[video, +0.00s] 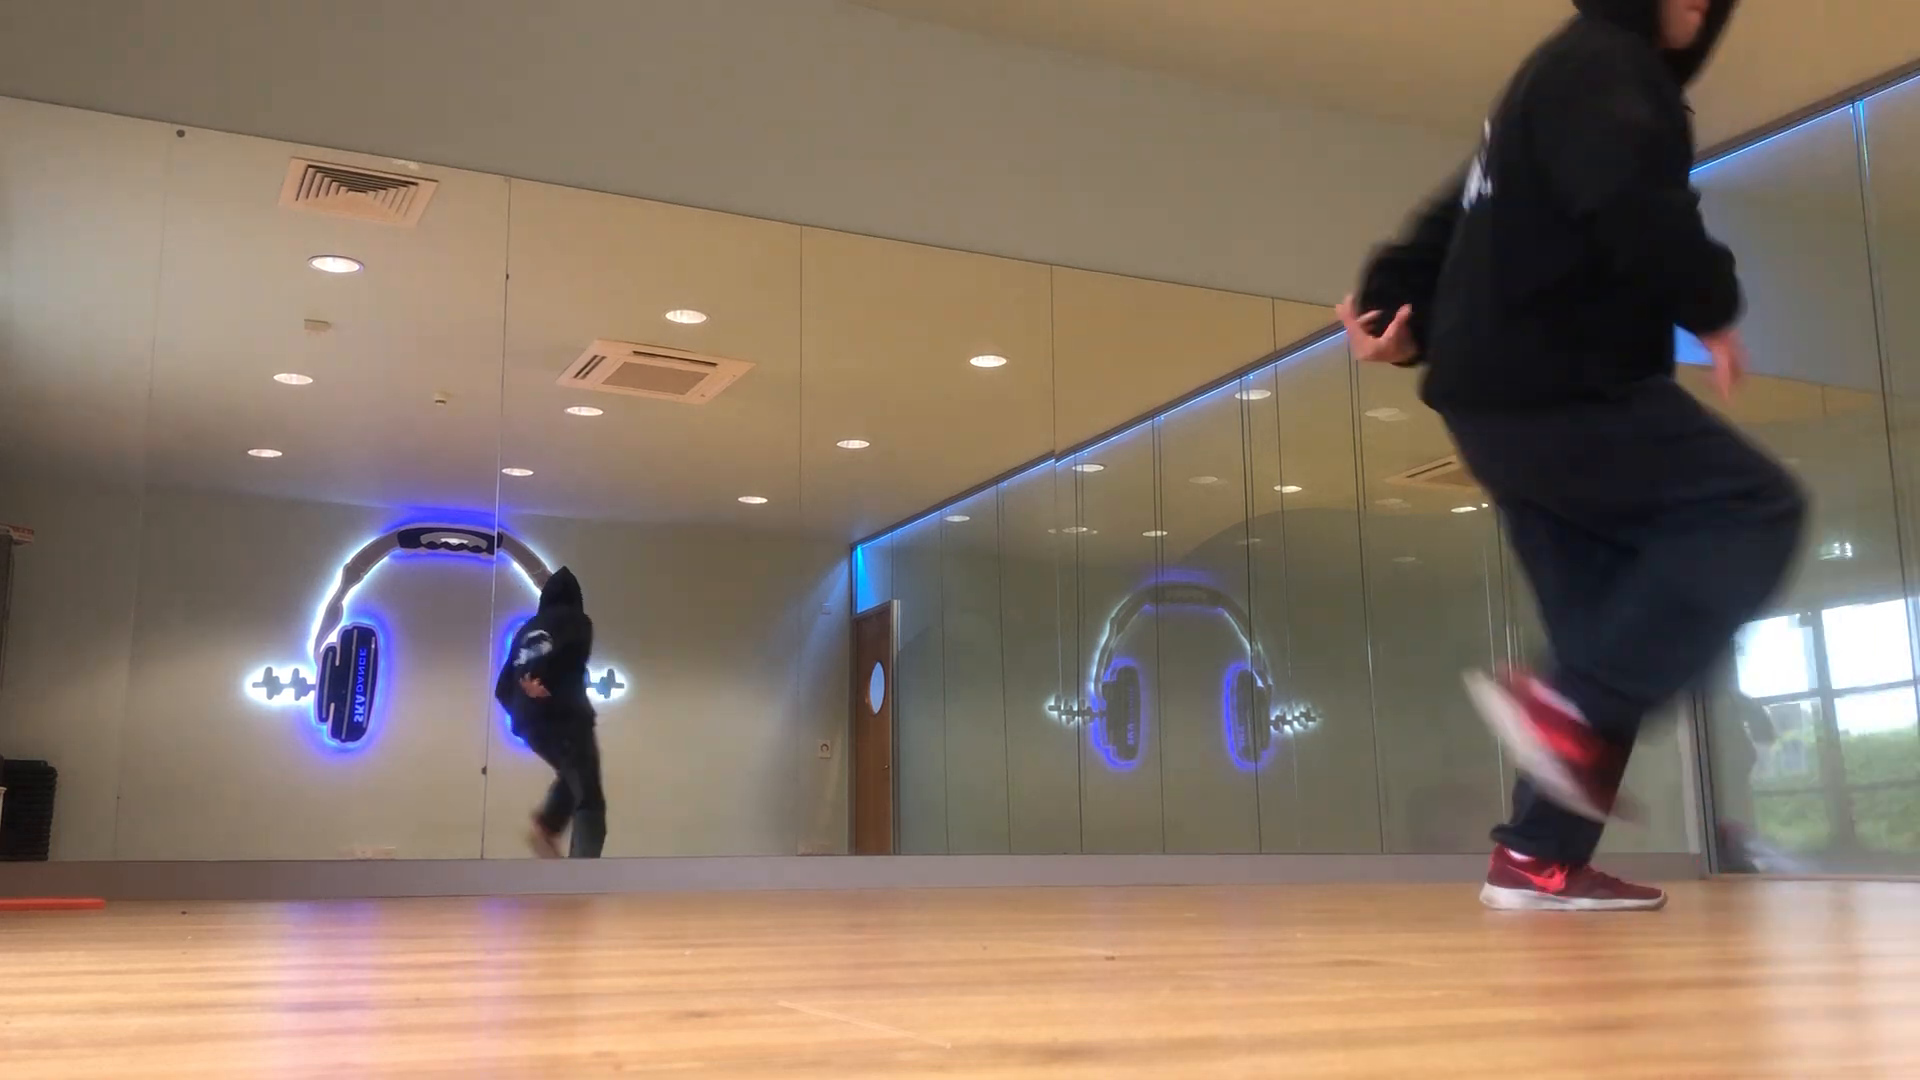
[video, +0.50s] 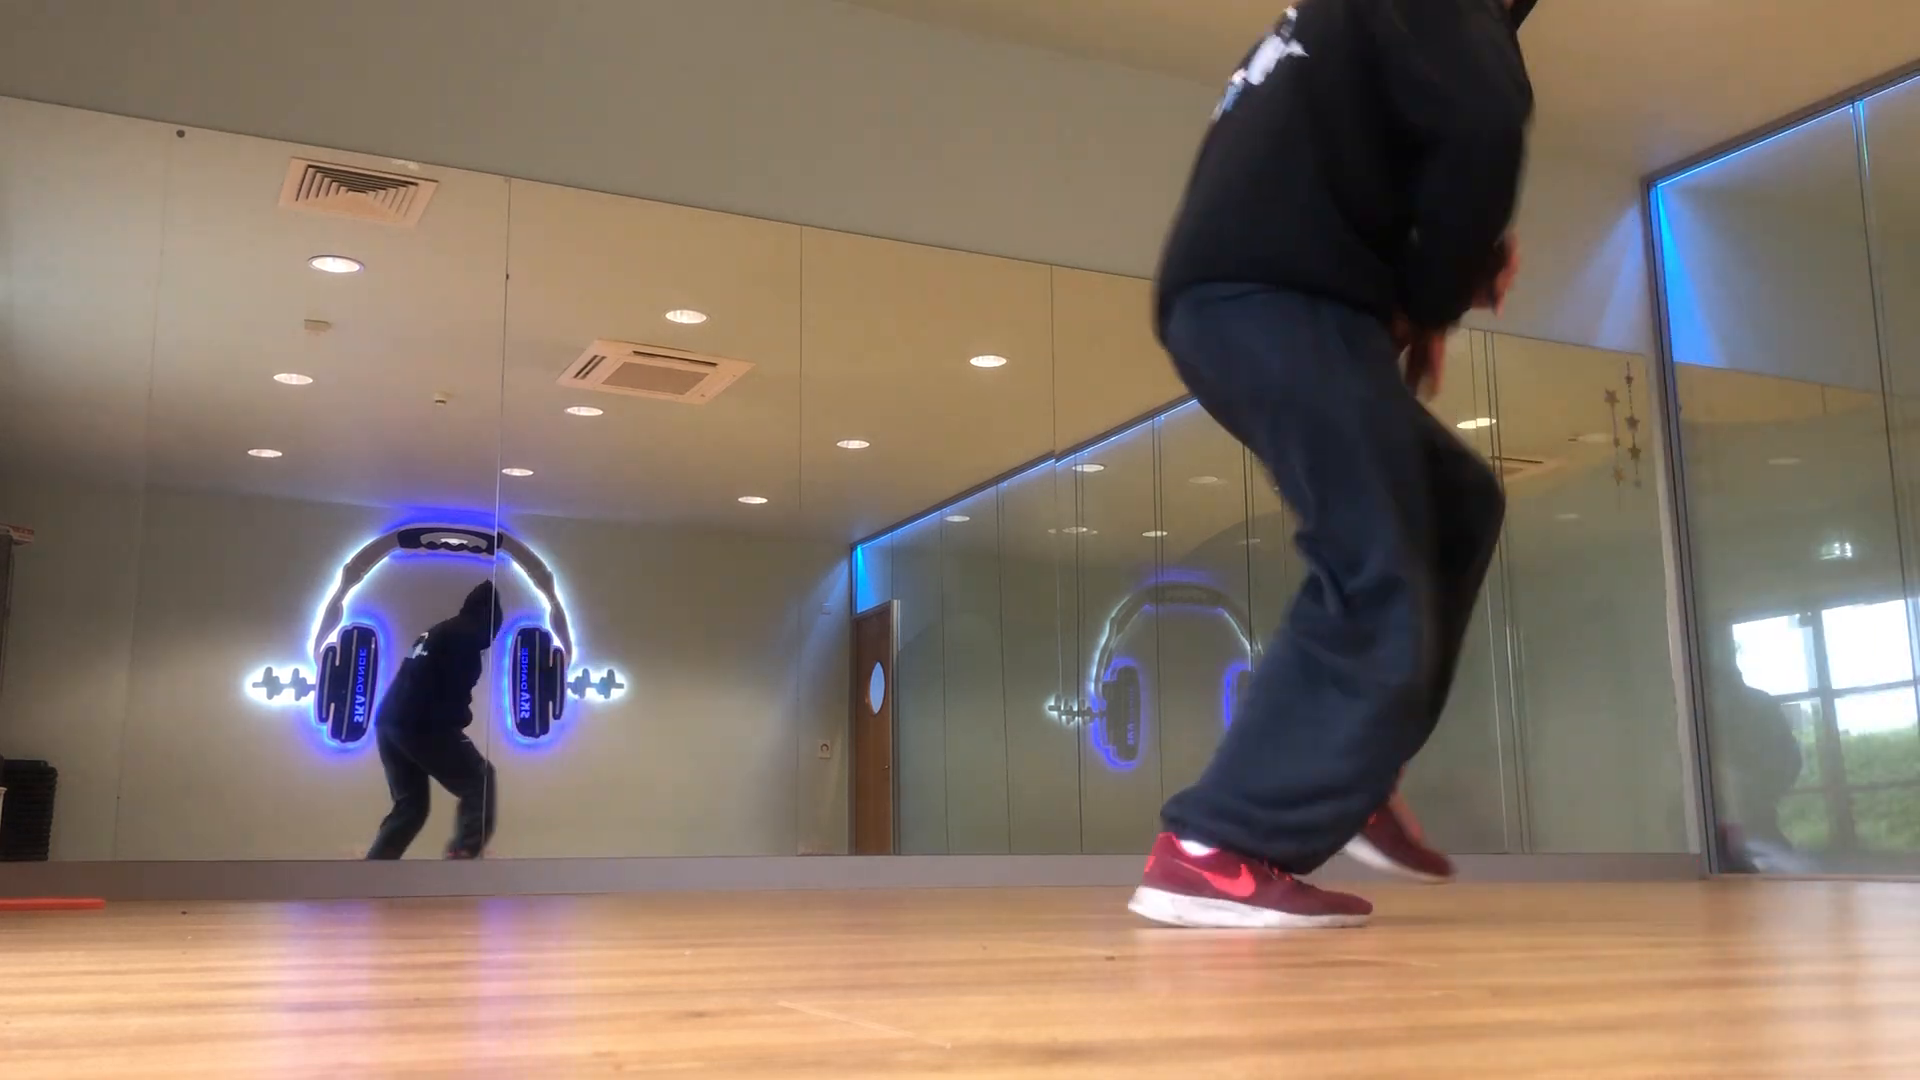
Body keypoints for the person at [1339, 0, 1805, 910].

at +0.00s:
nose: (1700, 10)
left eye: (1707, 1)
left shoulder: (1564, 65)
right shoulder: (1614, 72)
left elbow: (1476, 193)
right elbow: (1637, 206)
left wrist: (1395, 288)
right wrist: (1713, 307)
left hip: (1495, 387)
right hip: (1558, 384)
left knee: (1603, 621)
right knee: (1753, 505)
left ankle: (1542, 856)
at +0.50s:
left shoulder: (1379, 17)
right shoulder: (1447, 15)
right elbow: (1483, 122)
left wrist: (1460, 256)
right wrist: (1430, 307)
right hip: (1261, 295)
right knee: (1379, 571)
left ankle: (1351, 774)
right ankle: (1212, 843)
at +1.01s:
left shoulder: (1376, 62)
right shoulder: (1169, 9)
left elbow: (1329, 230)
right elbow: (1086, 91)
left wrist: (1253, 356)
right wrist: (1094, 257)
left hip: (1219, 293)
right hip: (1079, 250)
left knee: (1214, 483)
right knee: (1045, 532)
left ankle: (1115, 760)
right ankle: (989, 821)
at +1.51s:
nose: (1453, 27)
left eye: (1467, 12)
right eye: (1432, 10)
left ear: (1484, 19)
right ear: (1378, 16)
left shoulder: (1495, 92)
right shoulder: (1319, 132)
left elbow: (1518, 234)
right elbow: (1397, 328)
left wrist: (1435, 228)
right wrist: (1555, 269)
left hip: (1433, 385)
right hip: (1320, 380)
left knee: (1444, 606)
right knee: (1396, 572)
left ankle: (1392, 852)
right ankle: (1227, 775)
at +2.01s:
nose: (1639, 13)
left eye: (1651, 6)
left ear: (1647, 17)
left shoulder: (1557, 88)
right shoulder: (1490, 79)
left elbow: (1544, 275)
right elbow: (1493, 265)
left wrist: (1567, 425)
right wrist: (1558, 426)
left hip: (1459, 387)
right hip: (1415, 386)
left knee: (1524, 621)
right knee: (1624, 537)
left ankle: (1382, 827)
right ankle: (1687, 825)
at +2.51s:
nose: (1599, 16)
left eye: (1597, 15)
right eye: (1601, 10)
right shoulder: (1499, 17)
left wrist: (1452, 216)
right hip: (1274, 284)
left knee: (1310, 579)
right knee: (1418, 535)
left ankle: (1147, 797)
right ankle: (1292, 843)